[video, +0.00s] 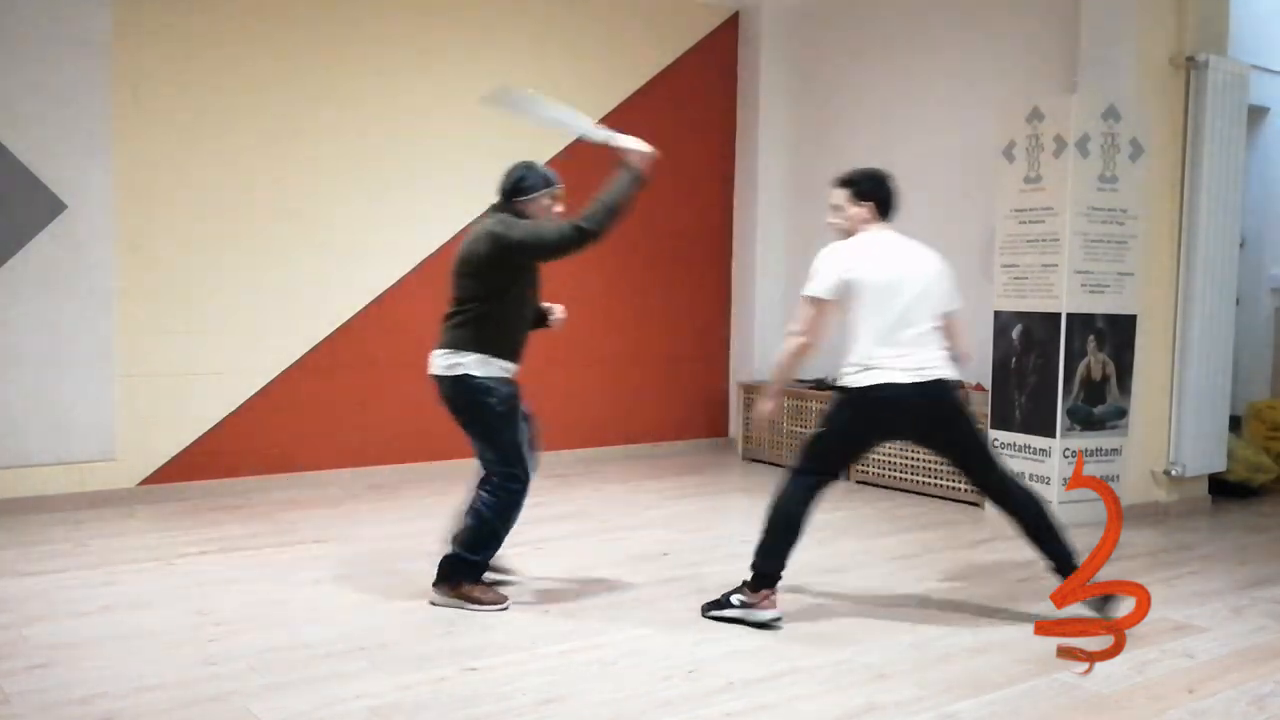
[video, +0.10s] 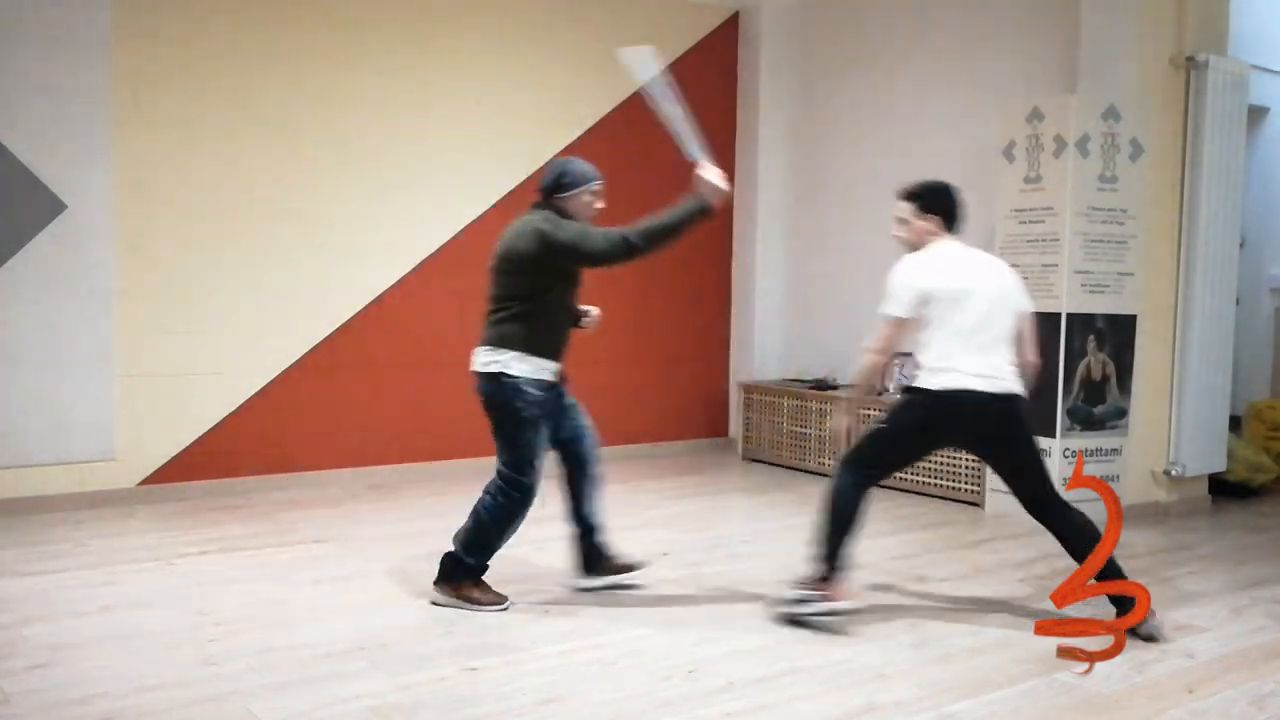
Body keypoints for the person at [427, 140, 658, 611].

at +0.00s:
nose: (559, 209)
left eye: (557, 200)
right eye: (551, 201)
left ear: (519, 198)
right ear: (527, 202)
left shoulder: (498, 230)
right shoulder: (502, 233)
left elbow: (491, 304)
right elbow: (580, 231)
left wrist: (537, 314)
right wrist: (632, 172)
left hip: (478, 370)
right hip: (473, 374)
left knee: (518, 451)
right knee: (509, 475)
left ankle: (469, 548)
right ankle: (458, 577)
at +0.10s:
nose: (599, 206)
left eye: (599, 196)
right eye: (591, 196)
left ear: (560, 196)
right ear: (564, 196)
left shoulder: (536, 230)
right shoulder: (544, 231)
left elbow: (527, 298)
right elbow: (622, 245)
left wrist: (573, 315)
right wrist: (700, 203)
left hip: (536, 377)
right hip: (510, 377)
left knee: (579, 448)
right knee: (517, 481)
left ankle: (592, 556)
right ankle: (458, 573)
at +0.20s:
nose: (638, 203)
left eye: (637, 194)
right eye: (630, 194)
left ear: (599, 198)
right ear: (602, 196)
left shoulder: (575, 232)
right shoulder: (590, 236)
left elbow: (568, 300)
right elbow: (671, 257)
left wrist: (612, 316)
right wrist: (752, 237)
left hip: (586, 385)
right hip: (562, 385)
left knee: (632, 467)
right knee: (542, 479)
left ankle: (670, 557)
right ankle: (466, 562)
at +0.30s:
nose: (679, 206)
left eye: (679, 197)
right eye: (670, 197)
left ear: (646, 202)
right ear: (643, 201)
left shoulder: (617, 238)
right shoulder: (635, 242)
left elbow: (617, 305)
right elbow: (716, 274)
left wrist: (663, 325)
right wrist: (804, 271)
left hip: (639, 387)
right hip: (614, 387)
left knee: (682, 459)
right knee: (612, 485)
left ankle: (687, 565)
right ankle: (516, 544)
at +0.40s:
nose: (722, 206)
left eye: (722, 196)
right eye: (714, 196)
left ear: (686, 202)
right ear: (686, 199)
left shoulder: (658, 238)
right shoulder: (678, 241)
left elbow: (665, 318)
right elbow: (758, 286)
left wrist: (714, 331)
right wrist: (843, 303)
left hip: (668, 378)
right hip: (652, 378)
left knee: (713, 456)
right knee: (687, 475)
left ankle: (688, 567)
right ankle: (592, 540)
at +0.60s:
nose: (800, 202)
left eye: (800, 192)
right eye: (793, 192)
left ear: (758, 196)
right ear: (766, 194)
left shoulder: (730, 231)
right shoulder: (759, 245)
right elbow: (813, 319)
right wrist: (876, 372)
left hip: (703, 371)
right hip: (728, 374)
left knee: (740, 470)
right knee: (784, 466)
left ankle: (690, 564)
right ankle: (799, 587)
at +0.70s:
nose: (841, 205)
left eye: (841, 195)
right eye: (834, 196)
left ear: (805, 198)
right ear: (805, 198)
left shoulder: (778, 234)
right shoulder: (795, 248)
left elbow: (793, 306)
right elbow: (830, 334)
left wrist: (845, 298)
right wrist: (876, 405)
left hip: (752, 381)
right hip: (774, 386)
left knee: (758, 478)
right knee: (825, 490)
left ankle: (692, 563)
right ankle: (875, 596)